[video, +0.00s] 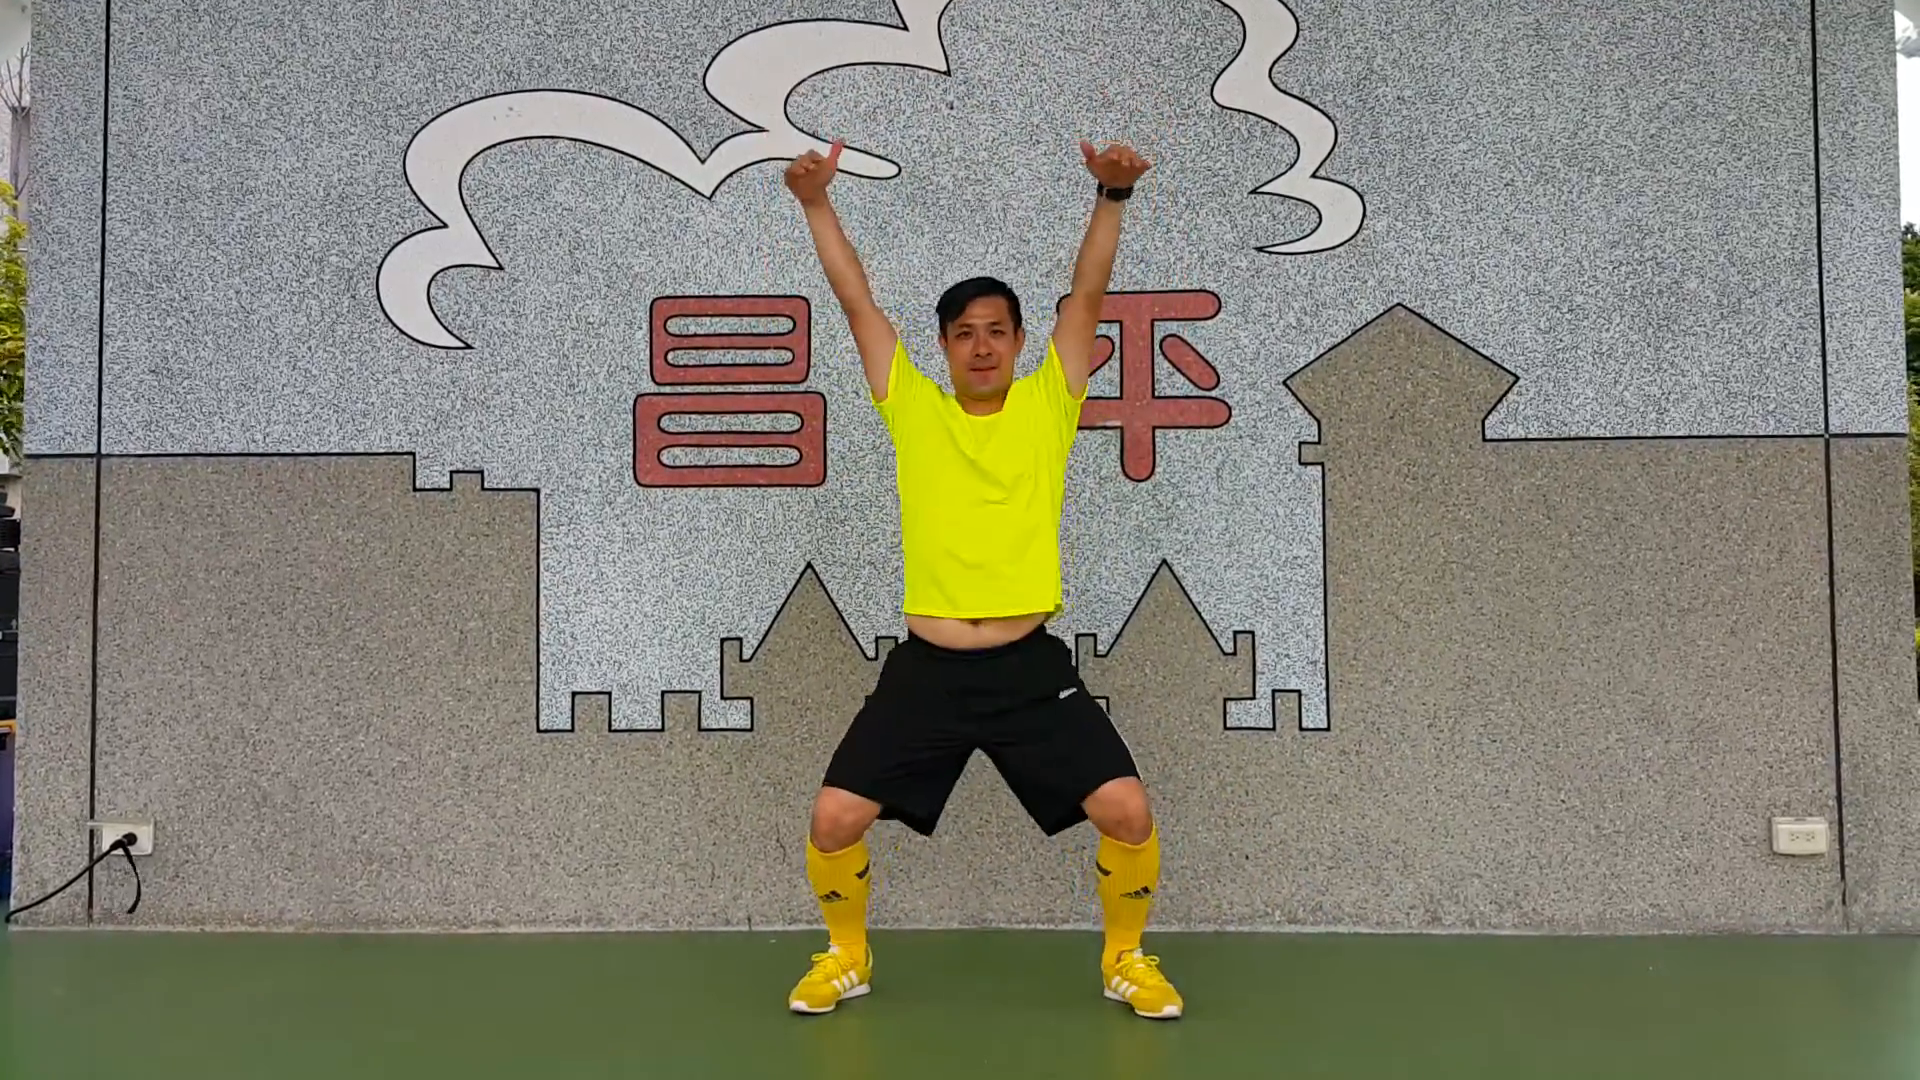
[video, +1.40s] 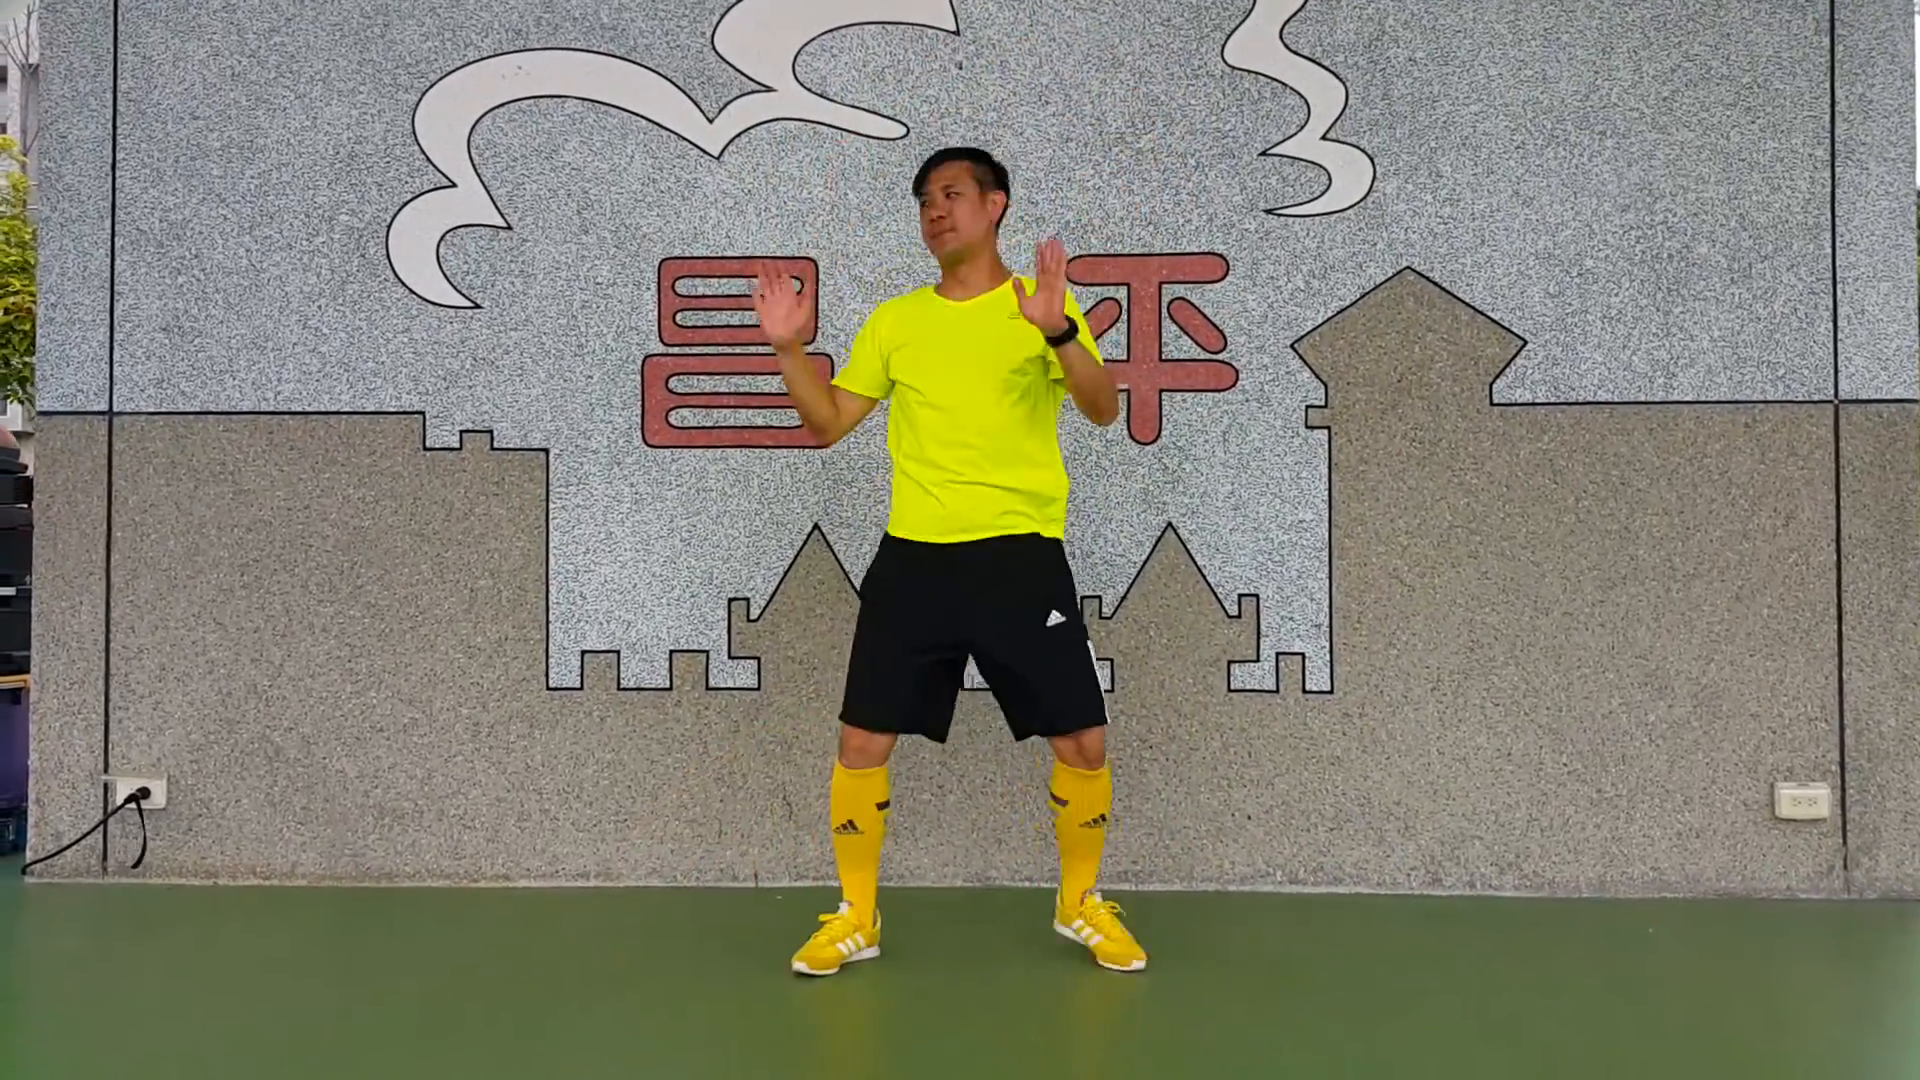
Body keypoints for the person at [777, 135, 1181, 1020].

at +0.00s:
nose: (984, 344)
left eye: (998, 331)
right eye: (967, 333)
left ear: (1020, 342)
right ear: (944, 347)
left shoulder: (1047, 411)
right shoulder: (914, 412)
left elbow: (1085, 301)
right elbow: (857, 305)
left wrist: (1111, 198)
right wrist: (817, 201)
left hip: (1031, 670)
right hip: (923, 673)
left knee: (1127, 811)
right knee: (834, 817)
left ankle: (1125, 961)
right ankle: (848, 957)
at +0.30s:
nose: (1011, 226)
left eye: (1020, 212)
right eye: (992, 213)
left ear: (1031, 224)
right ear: (955, 225)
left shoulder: (1056, 321)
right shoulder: (914, 296)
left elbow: (1141, 397)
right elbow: (809, 343)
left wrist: (1170, 314)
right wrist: (839, 251)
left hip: (1019, 558)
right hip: (924, 554)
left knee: (1064, 750)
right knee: (880, 752)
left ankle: (1063, 943)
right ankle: (842, 936)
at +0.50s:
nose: (1045, 247)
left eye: (1043, 232)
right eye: (1030, 231)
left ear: (1019, 242)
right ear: (982, 237)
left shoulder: (1048, 353)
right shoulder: (934, 316)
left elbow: (1125, 409)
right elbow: (898, 391)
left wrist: (1175, 340)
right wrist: (970, 302)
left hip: (1008, 579)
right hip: (920, 561)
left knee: (1045, 756)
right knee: (864, 756)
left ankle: (1059, 941)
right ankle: (780, 915)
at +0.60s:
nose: (1034, 250)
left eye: (1032, 235)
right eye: (1021, 236)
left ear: (1019, 246)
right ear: (976, 240)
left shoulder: (1031, 328)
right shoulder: (931, 316)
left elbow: (1119, 310)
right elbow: (936, 268)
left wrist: (1157, 224)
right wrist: (997, 172)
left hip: (977, 572)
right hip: (899, 558)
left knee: (1023, 752)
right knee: (831, 747)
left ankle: (1059, 939)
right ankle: (704, 892)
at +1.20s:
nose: (1012, 197)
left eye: (1010, 184)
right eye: (994, 185)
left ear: (1000, 201)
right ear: (948, 204)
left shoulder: (1039, 294)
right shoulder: (901, 283)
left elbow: (1148, 313)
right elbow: (808, 298)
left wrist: (1136, 222)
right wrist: (854, 186)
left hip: (1002, 539)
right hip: (906, 531)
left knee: (1044, 730)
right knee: (848, 721)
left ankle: (1059, 916)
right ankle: (798, 899)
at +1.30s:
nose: (985, 200)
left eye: (992, 186)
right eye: (964, 191)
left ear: (1007, 201)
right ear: (932, 214)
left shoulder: (1051, 302)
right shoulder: (897, 307)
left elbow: (1127, 392)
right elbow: (823, 407)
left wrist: (1125, 318)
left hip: (1016, 546)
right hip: (909, 540)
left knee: (1060, 732)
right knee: (863, 725)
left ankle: (1062, 917)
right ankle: (855, 916)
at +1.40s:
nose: (936, 209)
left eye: (953, 195)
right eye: (927, 200)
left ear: (997, 210)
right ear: (920, 222)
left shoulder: (1044, 305)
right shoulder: (895, 320)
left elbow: (1103, 406)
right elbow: (827, 423)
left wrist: (1059, 333)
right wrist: (790, 347)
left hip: (1022, 550)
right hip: (913, 552)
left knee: (1083, 737)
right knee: (863, 732)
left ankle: (1079, 903)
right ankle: (856, 917)